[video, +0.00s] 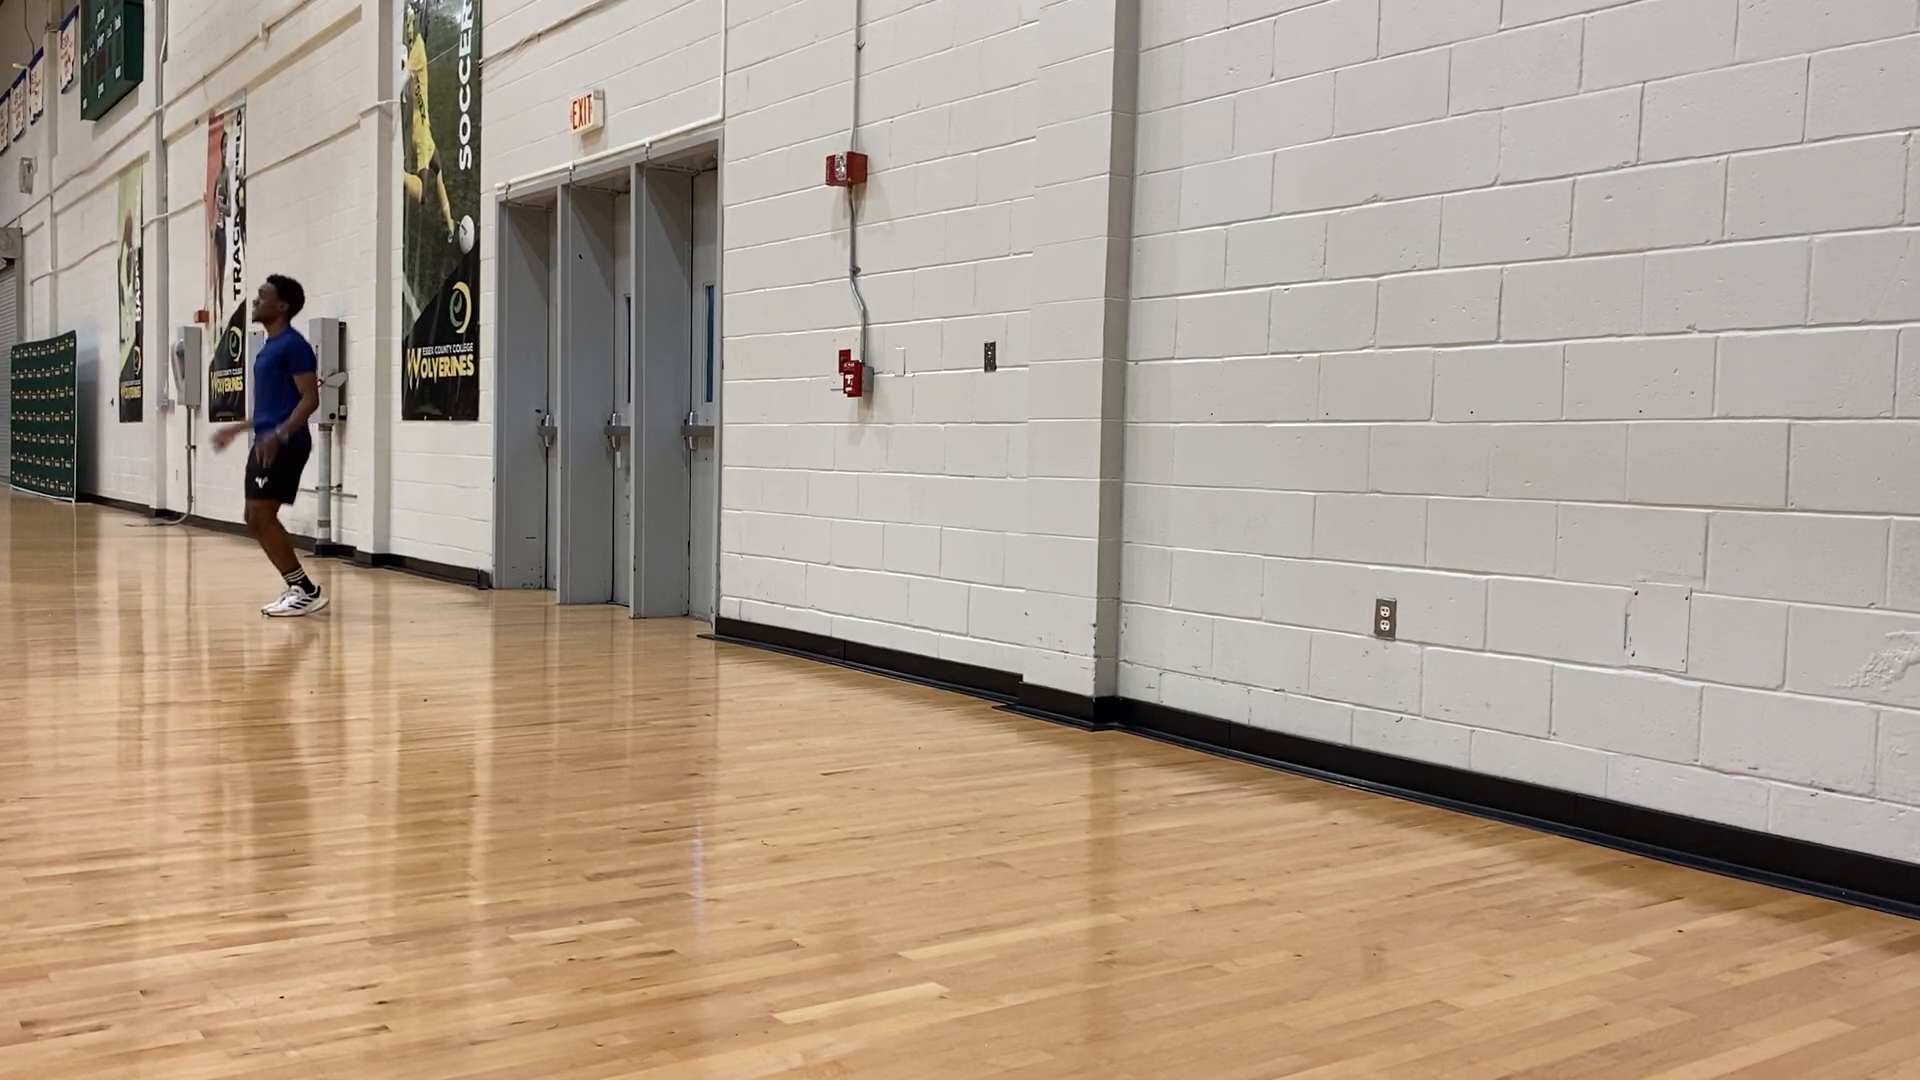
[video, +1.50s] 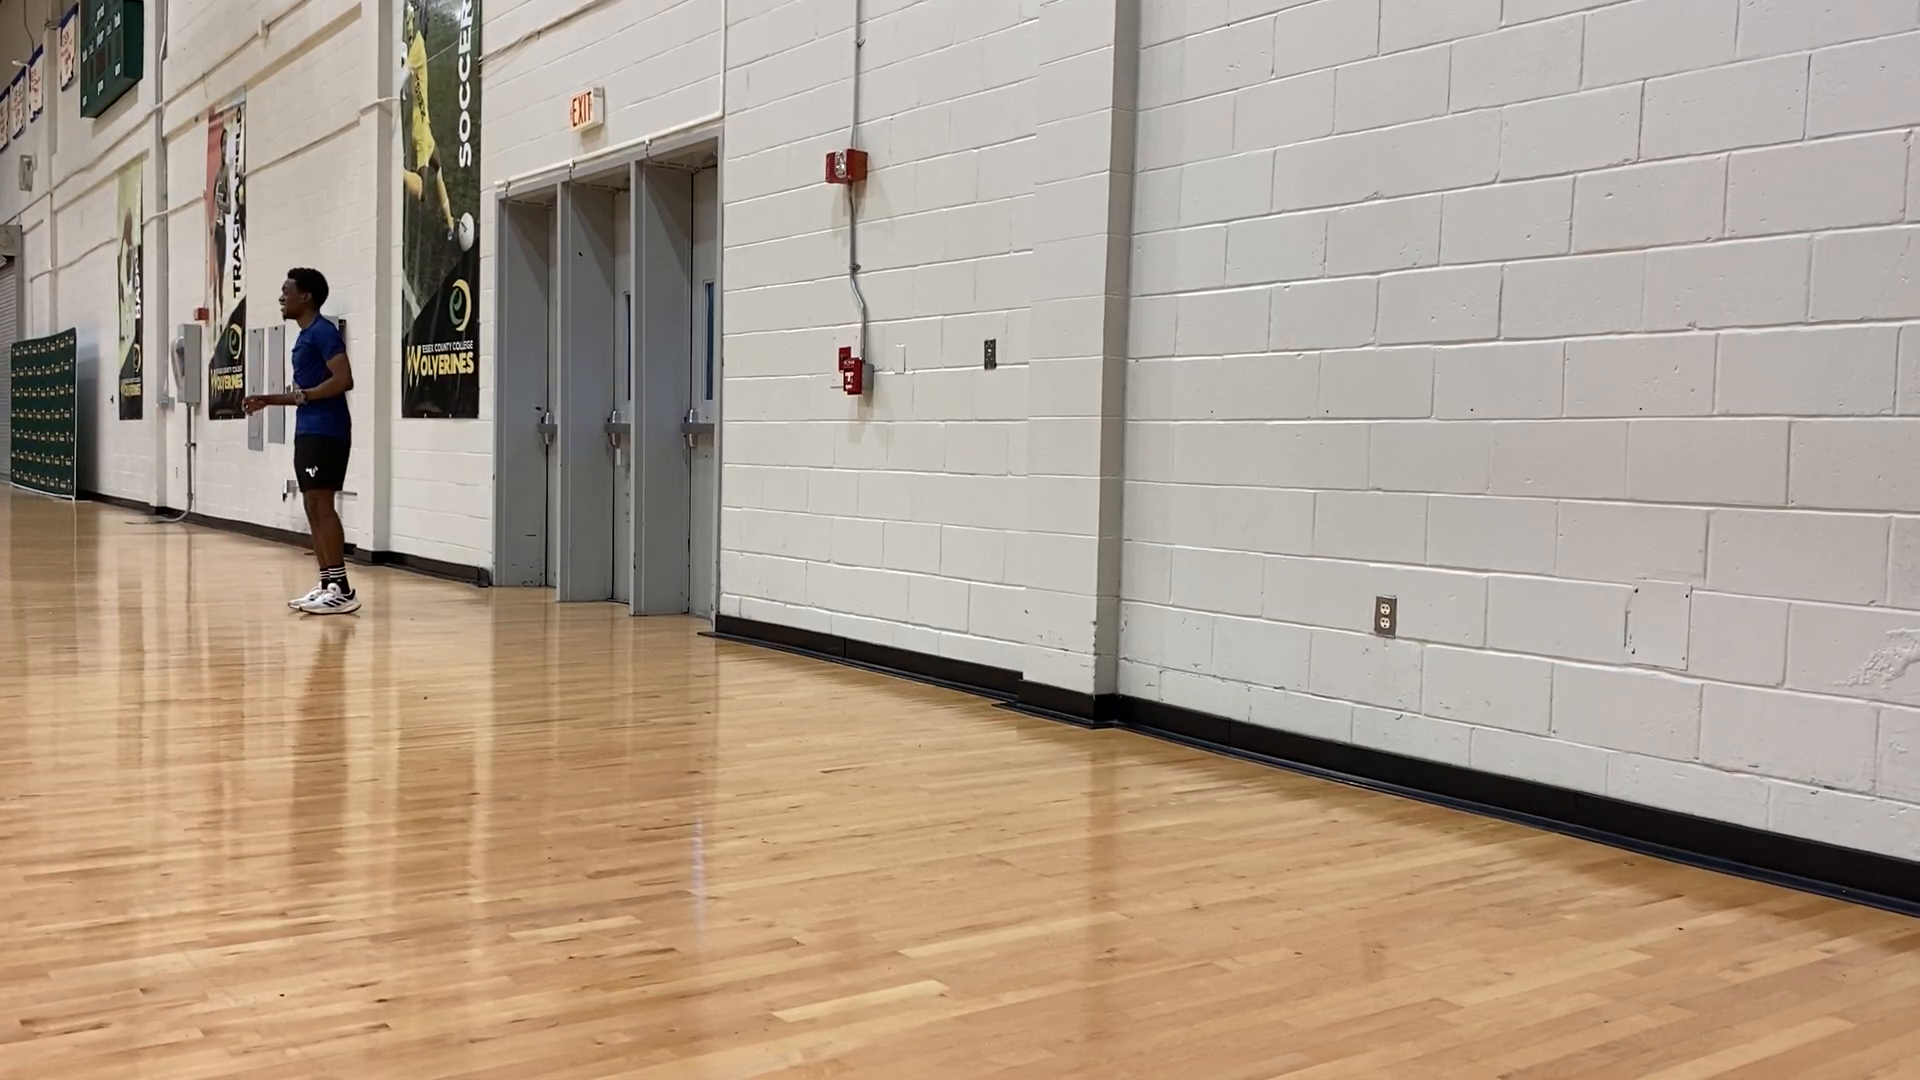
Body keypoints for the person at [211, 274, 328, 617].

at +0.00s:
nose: (255, 301)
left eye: (262, 297)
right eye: (257, 296)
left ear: (281, 307)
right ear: (275, 308)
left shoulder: (294, 345)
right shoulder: (270, 346)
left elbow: (311, 399)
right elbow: (270, 408)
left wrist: (279, 434)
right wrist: (236, 429)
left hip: (286, 440)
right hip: (267, 438)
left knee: (263, 516)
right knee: (253, 519)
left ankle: (304, 590)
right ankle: (299, 588)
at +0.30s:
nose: (271, 286)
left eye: (278, 282)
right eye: (271, 280)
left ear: (296, 288)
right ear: (274, 285)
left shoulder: (305, 315)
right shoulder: (279, 315)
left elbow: (316, 294)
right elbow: (259, 303)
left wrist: (285, 254)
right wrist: (247, 260)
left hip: (300, 416)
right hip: (278, 416)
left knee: (286, 496)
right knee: (270, 499)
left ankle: (323, 579)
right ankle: (303, 579)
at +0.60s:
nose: (283, 275)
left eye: (290, 270)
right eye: (285, 269)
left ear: (307, 279)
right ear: (293, 280)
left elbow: (321, 312)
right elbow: (263, 314)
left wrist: (290, 282)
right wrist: (231, 278)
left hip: (309, 412)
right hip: (287, 411)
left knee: (298, 490)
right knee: (283, 491)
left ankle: (325, 574)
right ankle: (306, 575)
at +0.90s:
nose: (286, 297)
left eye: (293, 293)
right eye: (290, 291)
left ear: (310, 303)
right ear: (306, 303)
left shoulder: (322, 341)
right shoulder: (302, 344)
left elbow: (345, 392)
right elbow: (301, 400)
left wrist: (298, 411)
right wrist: (265, 413)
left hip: (316, 441)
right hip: (299, 439)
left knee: (298, 510)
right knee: (287, 512)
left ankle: (334, 589)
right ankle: (326, 587)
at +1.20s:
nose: (290, 291)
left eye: (297, 287)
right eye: (293, 286)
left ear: (315, 297)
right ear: (309, 297)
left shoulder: (321, 331)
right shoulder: (306, 335)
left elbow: (334, 379)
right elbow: (297, 390)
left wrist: (301, 394)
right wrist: (258, 389)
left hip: (322, 435)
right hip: (308, 434)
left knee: (318, 507)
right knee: (311, 507)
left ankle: (338, 588)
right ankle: (328, 586)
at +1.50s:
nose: (281, 298)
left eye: (286, 292)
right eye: (282, 292)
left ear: (306, 296)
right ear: (301, 298)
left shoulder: (323, 331)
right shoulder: (304, 336)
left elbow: (344, 379)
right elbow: (306, 394)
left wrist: (307, 395)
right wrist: (268, 400)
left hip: (326, 434)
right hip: (309, 433)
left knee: (323, 507)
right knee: (313, 508)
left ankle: (340, 588)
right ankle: (326, 586)